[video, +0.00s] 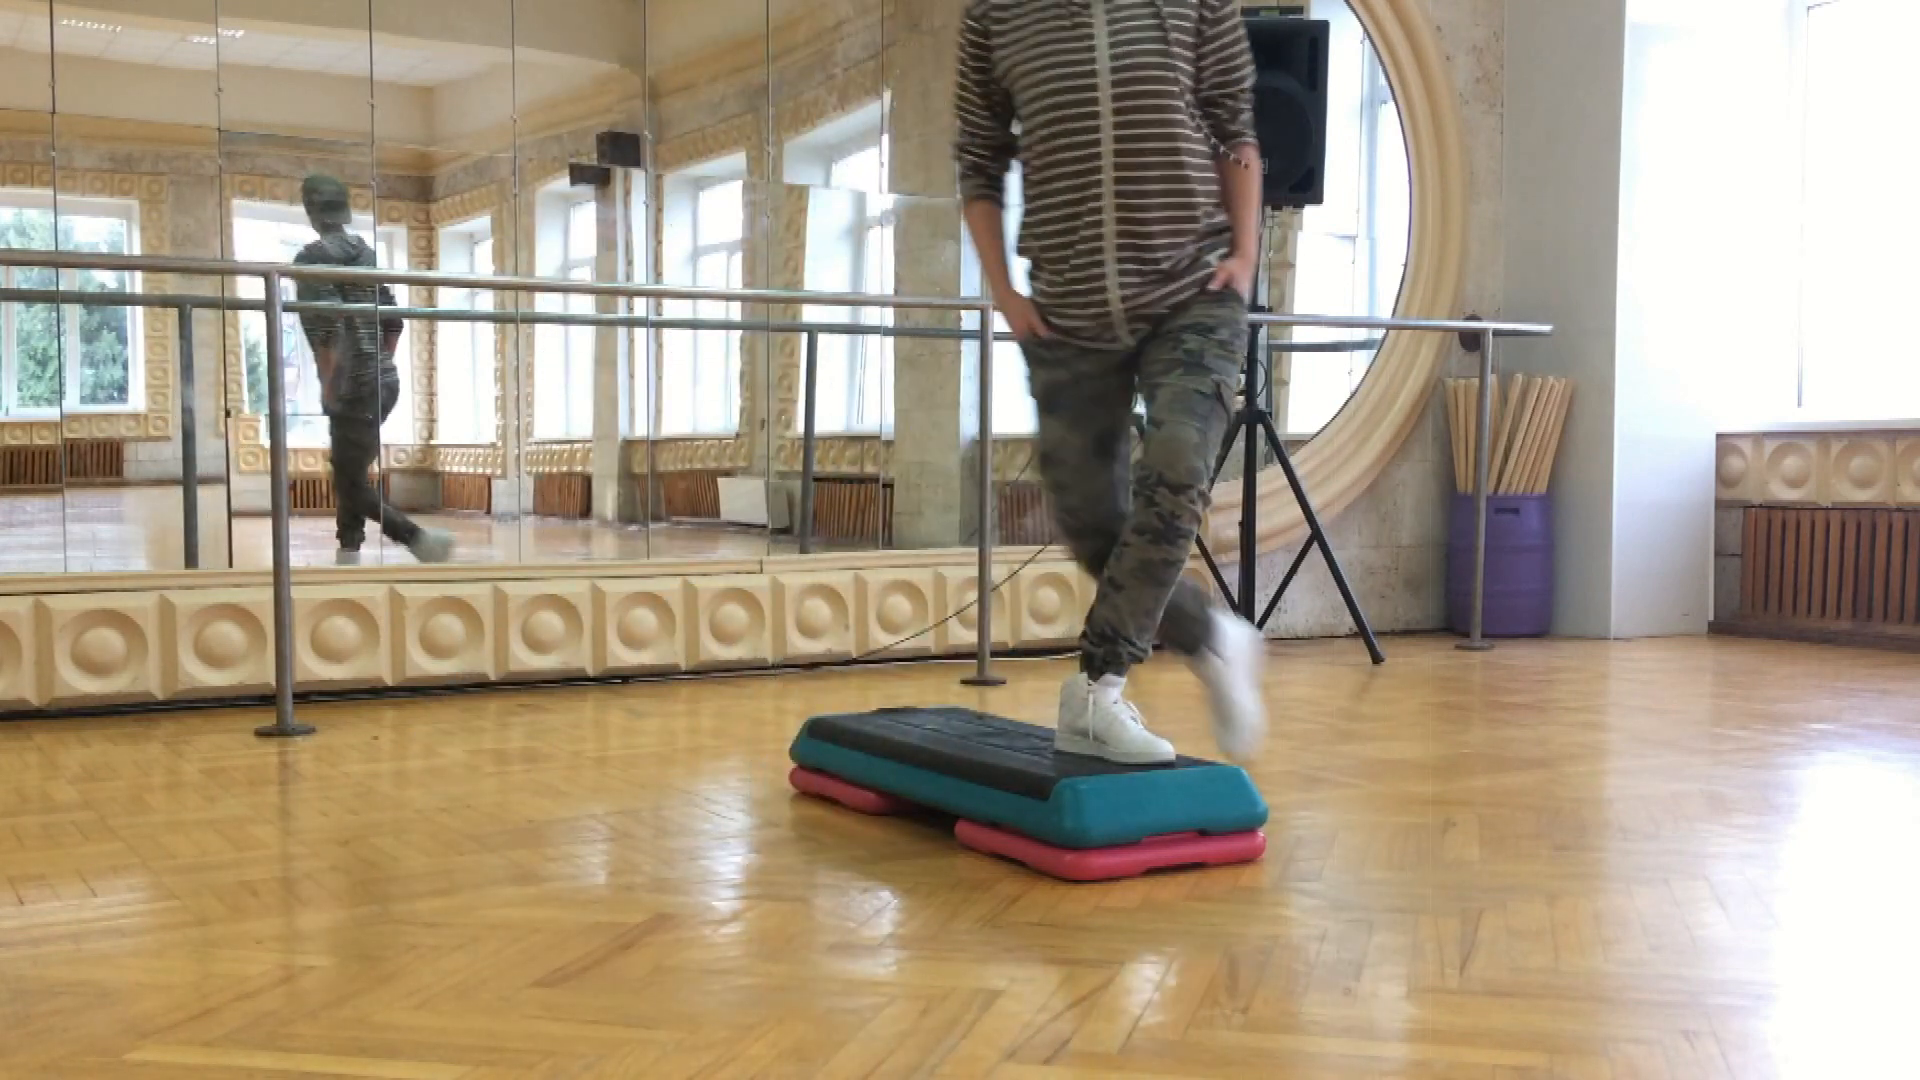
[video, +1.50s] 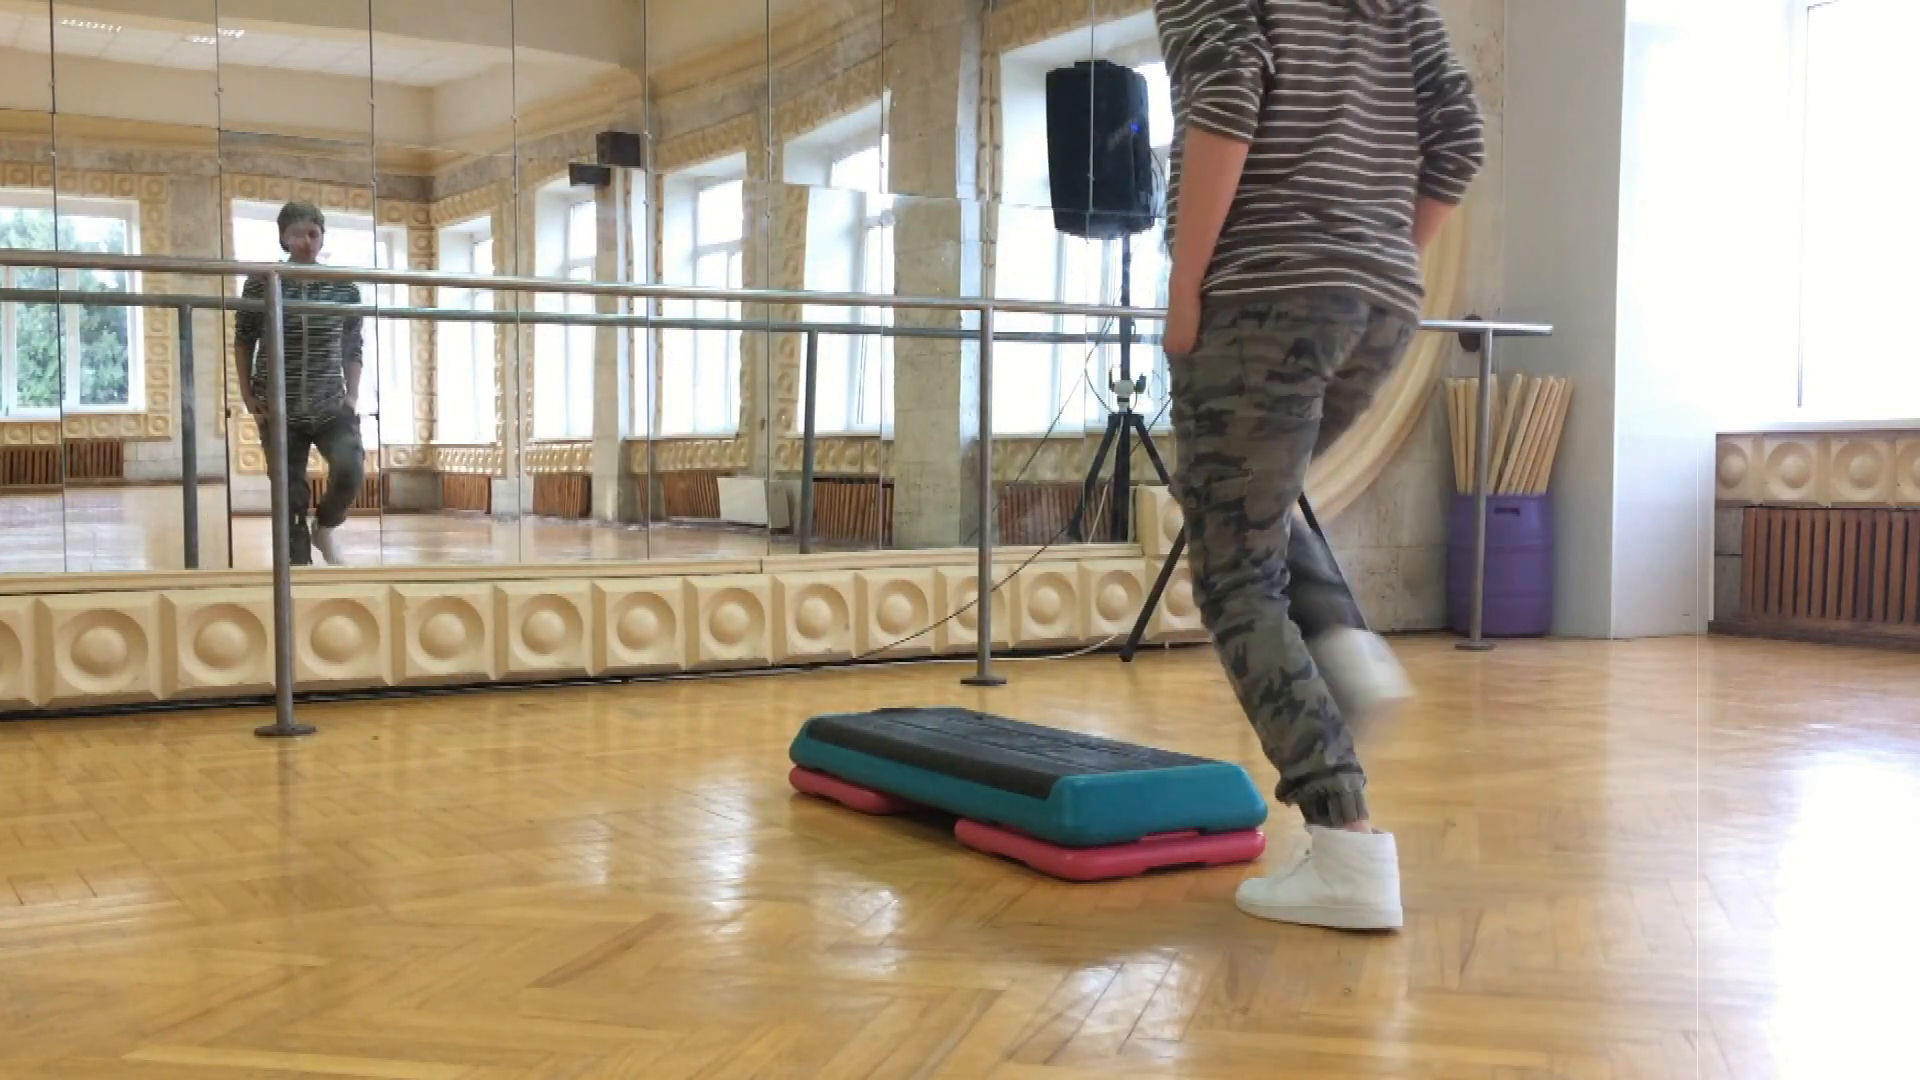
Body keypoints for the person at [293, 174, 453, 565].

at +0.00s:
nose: (313, 214)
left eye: (308, 207)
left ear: (309, 210)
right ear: (347, 209)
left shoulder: (310, 259)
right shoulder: (365, 253)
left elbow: (323, 325)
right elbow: (393, 317)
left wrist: (327, 382)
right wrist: (381, 363)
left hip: (352, 380)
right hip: (385, 378)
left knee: (352, 481)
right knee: (349, 471)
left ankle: (420, 540)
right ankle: (349, 557)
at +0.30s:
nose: (353, 246)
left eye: (352, 239)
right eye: (354, 238)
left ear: (351, 243)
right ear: (379, 240)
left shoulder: (364, 294)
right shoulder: (402, 288)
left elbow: (384, 362)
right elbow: (439, 337)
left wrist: (381, 416)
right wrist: (422, 381)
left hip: (407, 409)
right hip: (433, 404)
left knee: (425, 509)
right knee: (370, 457)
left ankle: (478, 569)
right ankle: (383, 534)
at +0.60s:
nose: (366, 246)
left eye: (359, 239)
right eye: (370, 239)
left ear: (351, 245)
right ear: (382, 243)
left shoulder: (342, 297)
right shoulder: (405, 286)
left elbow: (362, 355)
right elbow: (438, 345)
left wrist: (363, 413)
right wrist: (432, 394)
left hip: (388, 406)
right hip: (428, 403)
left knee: (388, 504)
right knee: (410, 493)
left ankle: (433, 547)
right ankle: (402, 572)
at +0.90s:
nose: (377, 253)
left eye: (375, 245)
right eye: (373, 245)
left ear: (345, 245)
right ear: (359, 245)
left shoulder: (321, 289)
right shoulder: (364, 285)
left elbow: (298, 349)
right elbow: (368, 342)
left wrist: (326, 387)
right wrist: (384, 388)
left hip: (339, 405)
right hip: (370, 403)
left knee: (353, 497)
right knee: (401, 492)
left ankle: (305, 559)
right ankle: (404, 572)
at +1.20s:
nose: (339, 248)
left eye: (343, 241)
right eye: (331, 241)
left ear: (347, 243)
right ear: (310, 243)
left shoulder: (353, 291)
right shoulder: (291, 286)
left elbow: (353, 347)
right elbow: (259, 336)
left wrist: (352, 390)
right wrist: (281, 388)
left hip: (348, 410)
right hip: (306, 407)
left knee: (321, 485)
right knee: (342, 478)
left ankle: (297, 551)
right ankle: (324, 550)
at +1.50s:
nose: (306, 242)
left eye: (313, 234)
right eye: (298, 234)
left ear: (322, 238)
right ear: (283, 239)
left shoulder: (343, 288)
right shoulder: (263, 283)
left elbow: (353, 348)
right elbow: (244, 340)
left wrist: (352, 396)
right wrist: (249, 397)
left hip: (331, 406)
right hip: (280, 409)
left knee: (350, 469)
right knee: (290, 497)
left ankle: (325, 529)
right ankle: (298, 575)